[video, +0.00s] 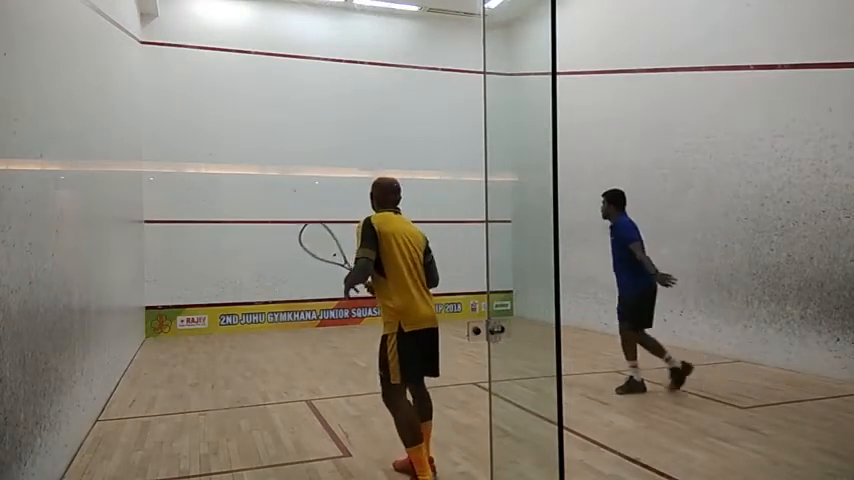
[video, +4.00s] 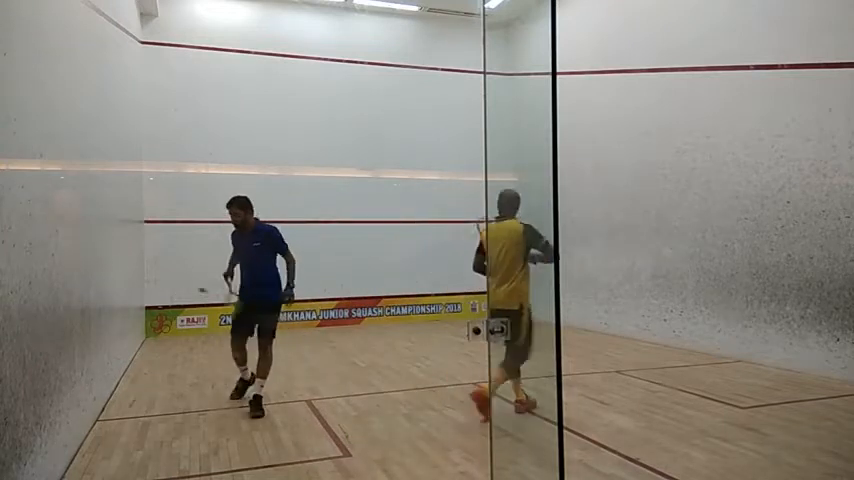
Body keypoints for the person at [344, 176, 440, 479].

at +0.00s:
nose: (370, 200)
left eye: (372, 195)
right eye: (374, 194)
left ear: (373, 198)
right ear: (399, 199)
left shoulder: (372, 223)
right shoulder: (416, 232)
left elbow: (364, 267)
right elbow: (432, 279)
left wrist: (350, 279)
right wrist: (391, 280)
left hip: (399, 324)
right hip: (426, 321)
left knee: (394, 396)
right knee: (418, 385)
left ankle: (423, 469)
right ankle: (424, 457)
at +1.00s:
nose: (258, 224)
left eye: (260, 220)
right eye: (260, 220)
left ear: (267, 223)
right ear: (286, 222)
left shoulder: (265, 260)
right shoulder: (312, 246)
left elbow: (260, 316)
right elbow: (348, 276)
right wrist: (381, 302)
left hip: (291, 345)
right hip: (312, 338)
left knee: (275, 411)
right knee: (265, 371)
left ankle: (345, 432)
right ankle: (263, 441)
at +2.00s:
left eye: (375, 192)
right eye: (391, 194)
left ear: (371, 196)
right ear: (397, 201)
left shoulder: (351, 227)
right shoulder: (407, 233)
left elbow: (337, 272)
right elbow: (422, 283)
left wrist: (333, 313)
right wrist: (431, 325)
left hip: (365, 325)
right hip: (401, 323)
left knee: (348, 385)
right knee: (411, 377)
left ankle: (343, 462)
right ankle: (418, 445)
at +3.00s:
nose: (396, 196)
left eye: (400, 193)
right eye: (398, 192)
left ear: (401, 200)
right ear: (416, 201)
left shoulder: (379, 230)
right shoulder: (425, 227)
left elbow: (373, 267)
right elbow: (447, 261)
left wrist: (393, 263)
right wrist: (435, 284)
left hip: (396, 308)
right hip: (425, 305)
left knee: (390, 362)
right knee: (447, 349)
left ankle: (386, 423)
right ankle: (446, 411)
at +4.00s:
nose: (514, 210)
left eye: (506, 204)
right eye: (516, 206)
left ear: (498, 206)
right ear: (517, 207)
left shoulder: (488, 232)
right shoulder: (524, 230)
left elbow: (477, 265)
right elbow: (550, 255)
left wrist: (497, 271)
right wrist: (531, 257)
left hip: (495, 300)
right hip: (517, 301)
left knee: (512, 349)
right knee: (520, 349)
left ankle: (520, 397)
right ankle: (488, 390)